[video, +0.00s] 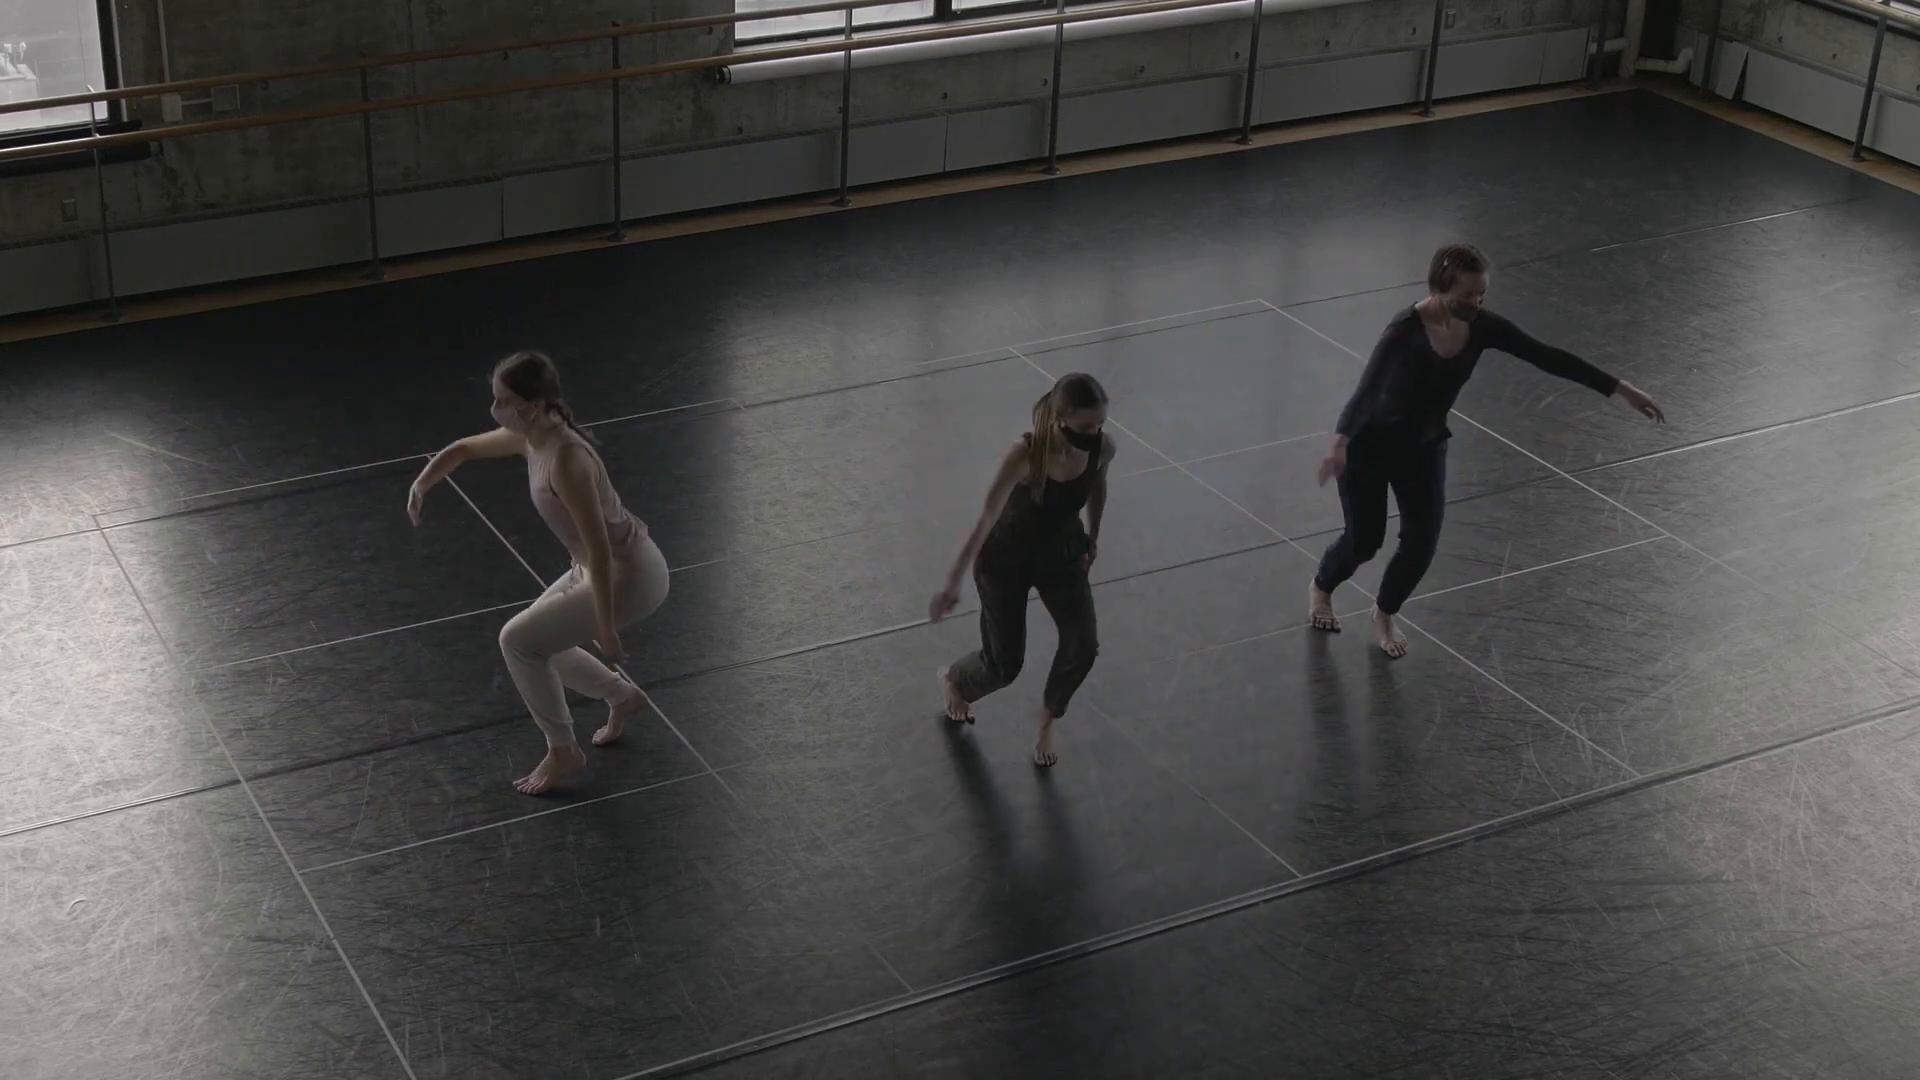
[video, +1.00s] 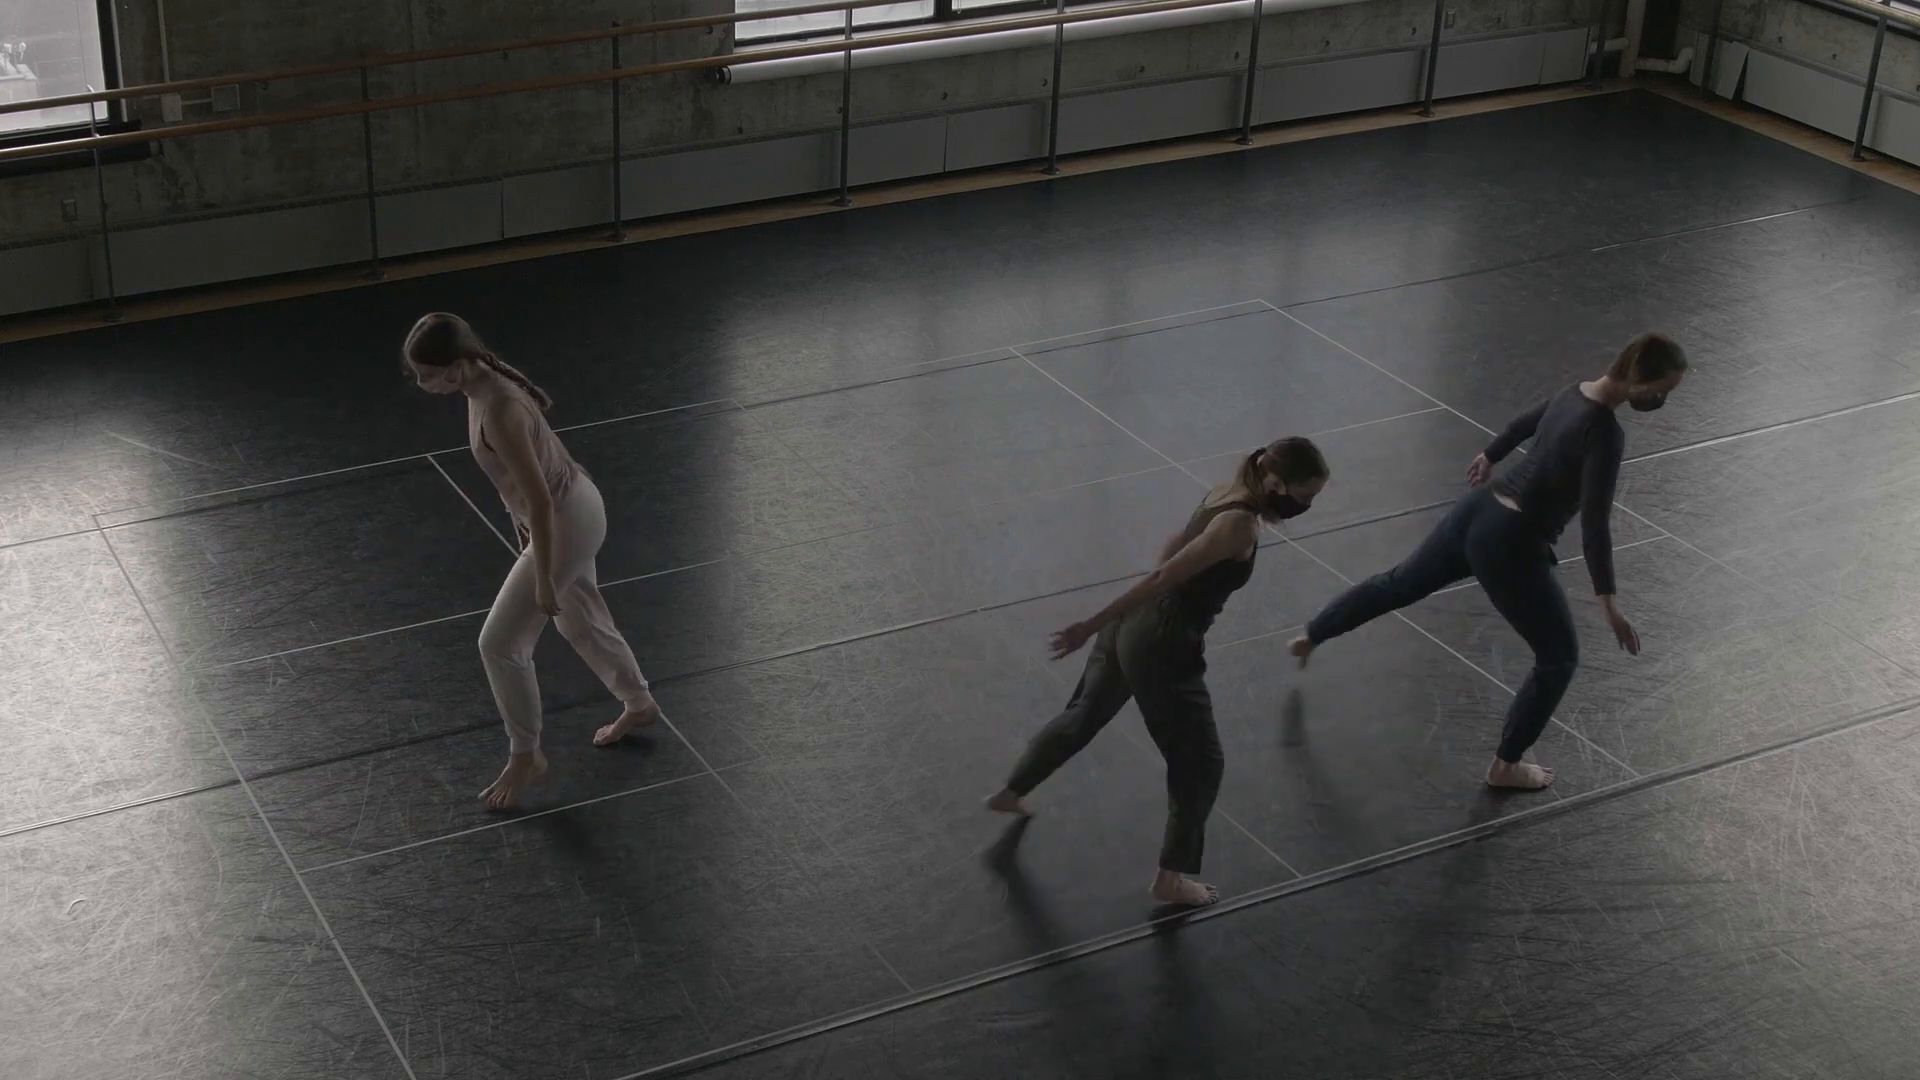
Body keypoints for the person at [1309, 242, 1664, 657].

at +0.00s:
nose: (1476, 302)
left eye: (1480, 293)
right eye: (1469, 294)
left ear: (1481, 289)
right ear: (1441, 290)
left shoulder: (1482, 327)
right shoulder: (1406, 329)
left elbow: (1547, 357)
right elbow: (1368, 388)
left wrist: (1621, 389)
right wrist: (1339, 441)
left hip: (1423, 446)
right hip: (1370, 443)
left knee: (1421, 546)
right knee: (1364, 540)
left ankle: (1383, 613)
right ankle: (1321, 587)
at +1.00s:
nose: (1663, 401)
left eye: (1668, 393)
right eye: (1663, 391)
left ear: (1630, 368)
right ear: (1643, 379)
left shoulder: (1576, 393)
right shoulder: (1605, 432)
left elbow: (1524, 425)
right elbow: (1595, 521)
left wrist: (1490, 454)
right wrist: (1610, 602)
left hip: (1477, 510)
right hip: (1510, 543)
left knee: (1401, 582)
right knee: (1559, 658)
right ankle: (1507, 764)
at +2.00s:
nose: (1298, 512)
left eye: (1298, 504)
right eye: (1298, 504)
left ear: (1308, 500)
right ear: (1339, 490)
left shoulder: (1312, 532)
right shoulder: (1375, 506)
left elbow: (1267, 598)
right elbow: (1417, 571)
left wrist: (1220, 654)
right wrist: (1411, 653)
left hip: (1421, 564)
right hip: (1471, 548)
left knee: (1450, 692)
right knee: (1502, 663)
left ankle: (1474, 808)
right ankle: (1567, 740)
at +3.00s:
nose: (1202, 522)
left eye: (1197, 515)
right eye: (1196, 518)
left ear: (1205, 501)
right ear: (1225, 483)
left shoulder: (1221, 513)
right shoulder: (1261, 489)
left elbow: (1218, 592)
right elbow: (1309, 538)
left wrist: (1215, 657)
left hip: (1352, 551)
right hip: (1382, 539)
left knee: (1251, 599)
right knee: (1277, 590)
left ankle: (1343, 673)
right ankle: (1346, 664)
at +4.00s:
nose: (1403, 300)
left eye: (1410, 291)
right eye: (1395, 290)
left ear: (1415, 285)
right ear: (1370, 279)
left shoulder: (1413, 322)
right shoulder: (1337, 326)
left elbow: (1441, 388)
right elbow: (1286, 377)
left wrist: (1473, 454)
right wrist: (1259, 441)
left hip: (1385, 469)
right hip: (1334, 470)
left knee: (1357, 581)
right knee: (1328, 581)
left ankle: (1338, 683)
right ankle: (1313, 691)